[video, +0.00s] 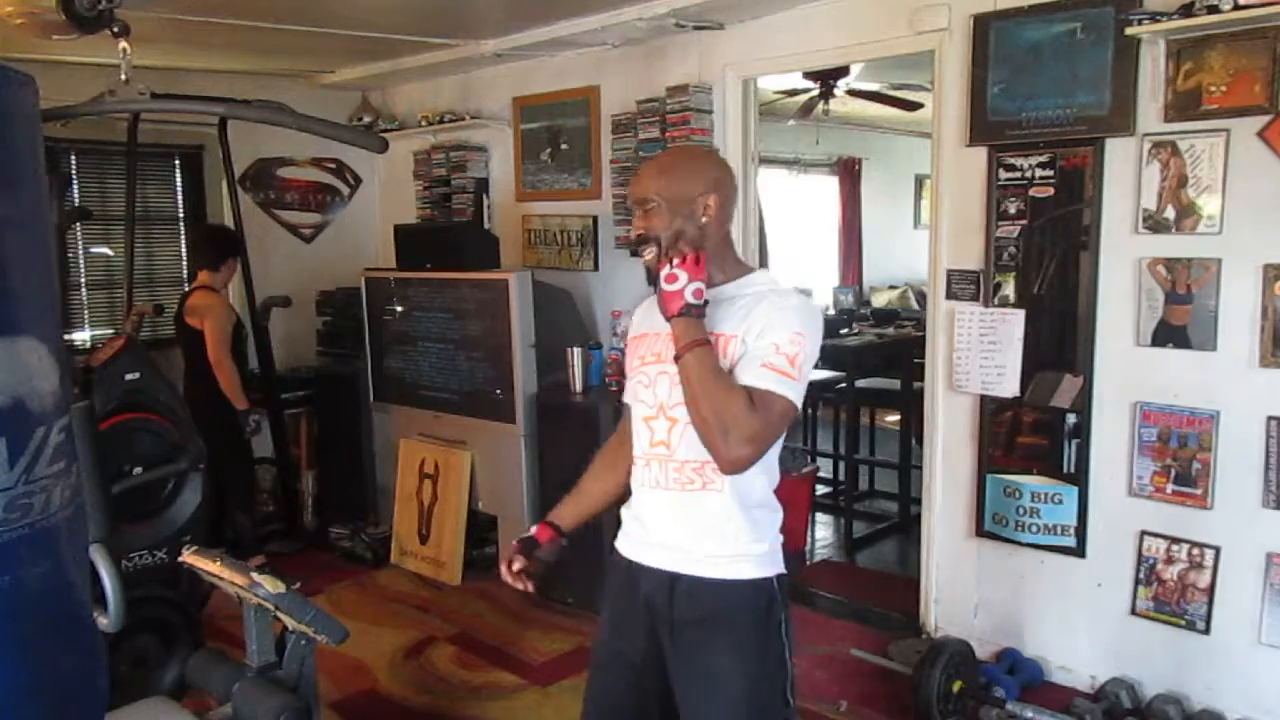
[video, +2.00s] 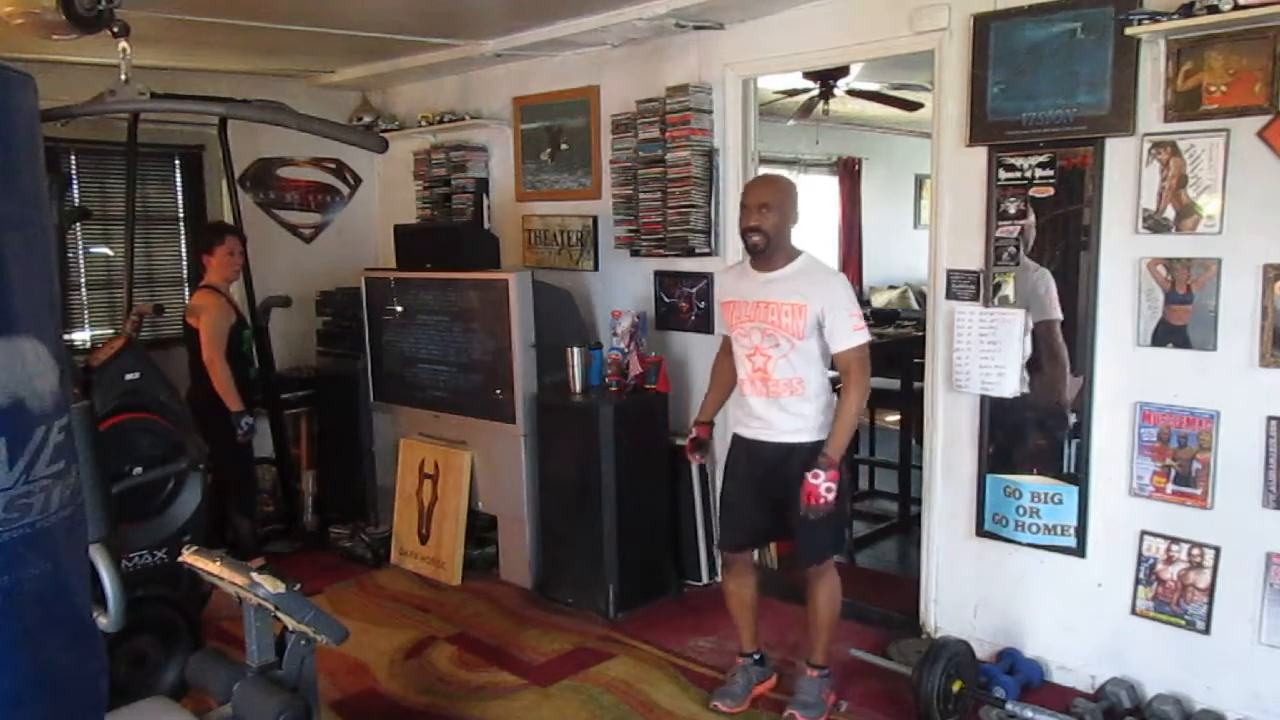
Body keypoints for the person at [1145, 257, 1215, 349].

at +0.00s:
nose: (1181, 271)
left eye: (1183, 268)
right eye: (1177, 268)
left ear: (1188, 271)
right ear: (1173, 271)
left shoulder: (1191, 287)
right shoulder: (1168, 286)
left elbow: (1212, 269)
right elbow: (1151, 266)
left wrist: (1196, 263)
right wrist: (1166, 261)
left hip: (1181, 329)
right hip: (1165, 327)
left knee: (1189, 358)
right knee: (1155, 356)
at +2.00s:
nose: (1180, 273)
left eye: (1183, 270)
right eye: (1177, 270)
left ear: (1188, 273)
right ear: (1173, 272)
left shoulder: (1191, 287)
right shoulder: (1168, 286)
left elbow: (1213, 268)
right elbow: (1151, 265)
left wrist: (1195, 262)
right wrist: (1167, 262)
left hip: (1182, 329)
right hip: (1165, 327)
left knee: (1189, 357)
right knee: (1155, 356)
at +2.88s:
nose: (1179, 273)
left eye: (1183, 270)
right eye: (1176, 270)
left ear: (1188, 273)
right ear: (1172, 272)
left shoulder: (1191, 288)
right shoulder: (1168, 286)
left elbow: (1213, 268)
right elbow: (1151, 265)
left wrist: (1194, 262)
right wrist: (1166, 262)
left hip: (1181, 329)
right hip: (1165, 328)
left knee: (1190, 357)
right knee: (1154, 356)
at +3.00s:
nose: (1179, 273)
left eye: (1182, 270)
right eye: (1176, 270)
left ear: (1188, 273)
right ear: (1172, 272)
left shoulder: (1191, 288)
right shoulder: (1168, 286)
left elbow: (1213, 268)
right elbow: (1151, 266)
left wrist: (1195, 262)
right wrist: (1166, 262)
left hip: (1181, 329)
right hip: (1165, 328)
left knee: (1190, 357)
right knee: (1154, 356)